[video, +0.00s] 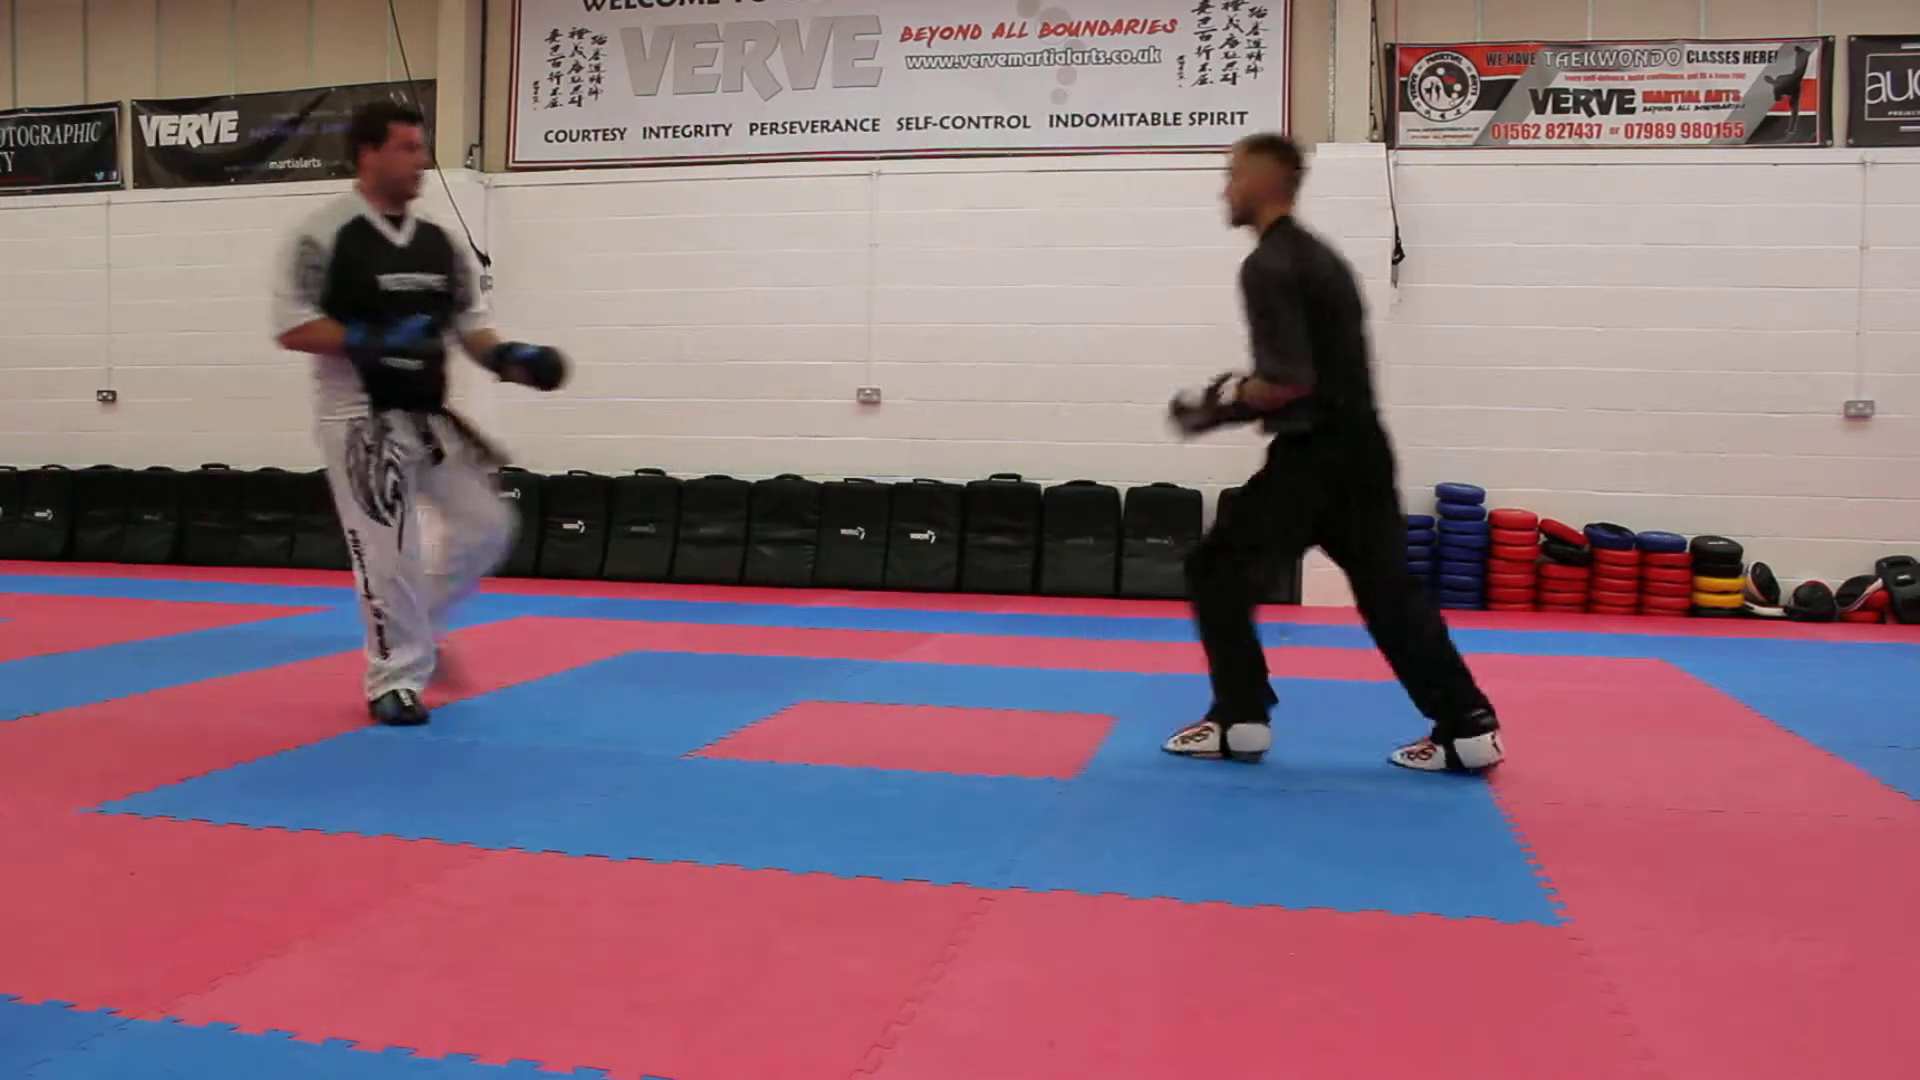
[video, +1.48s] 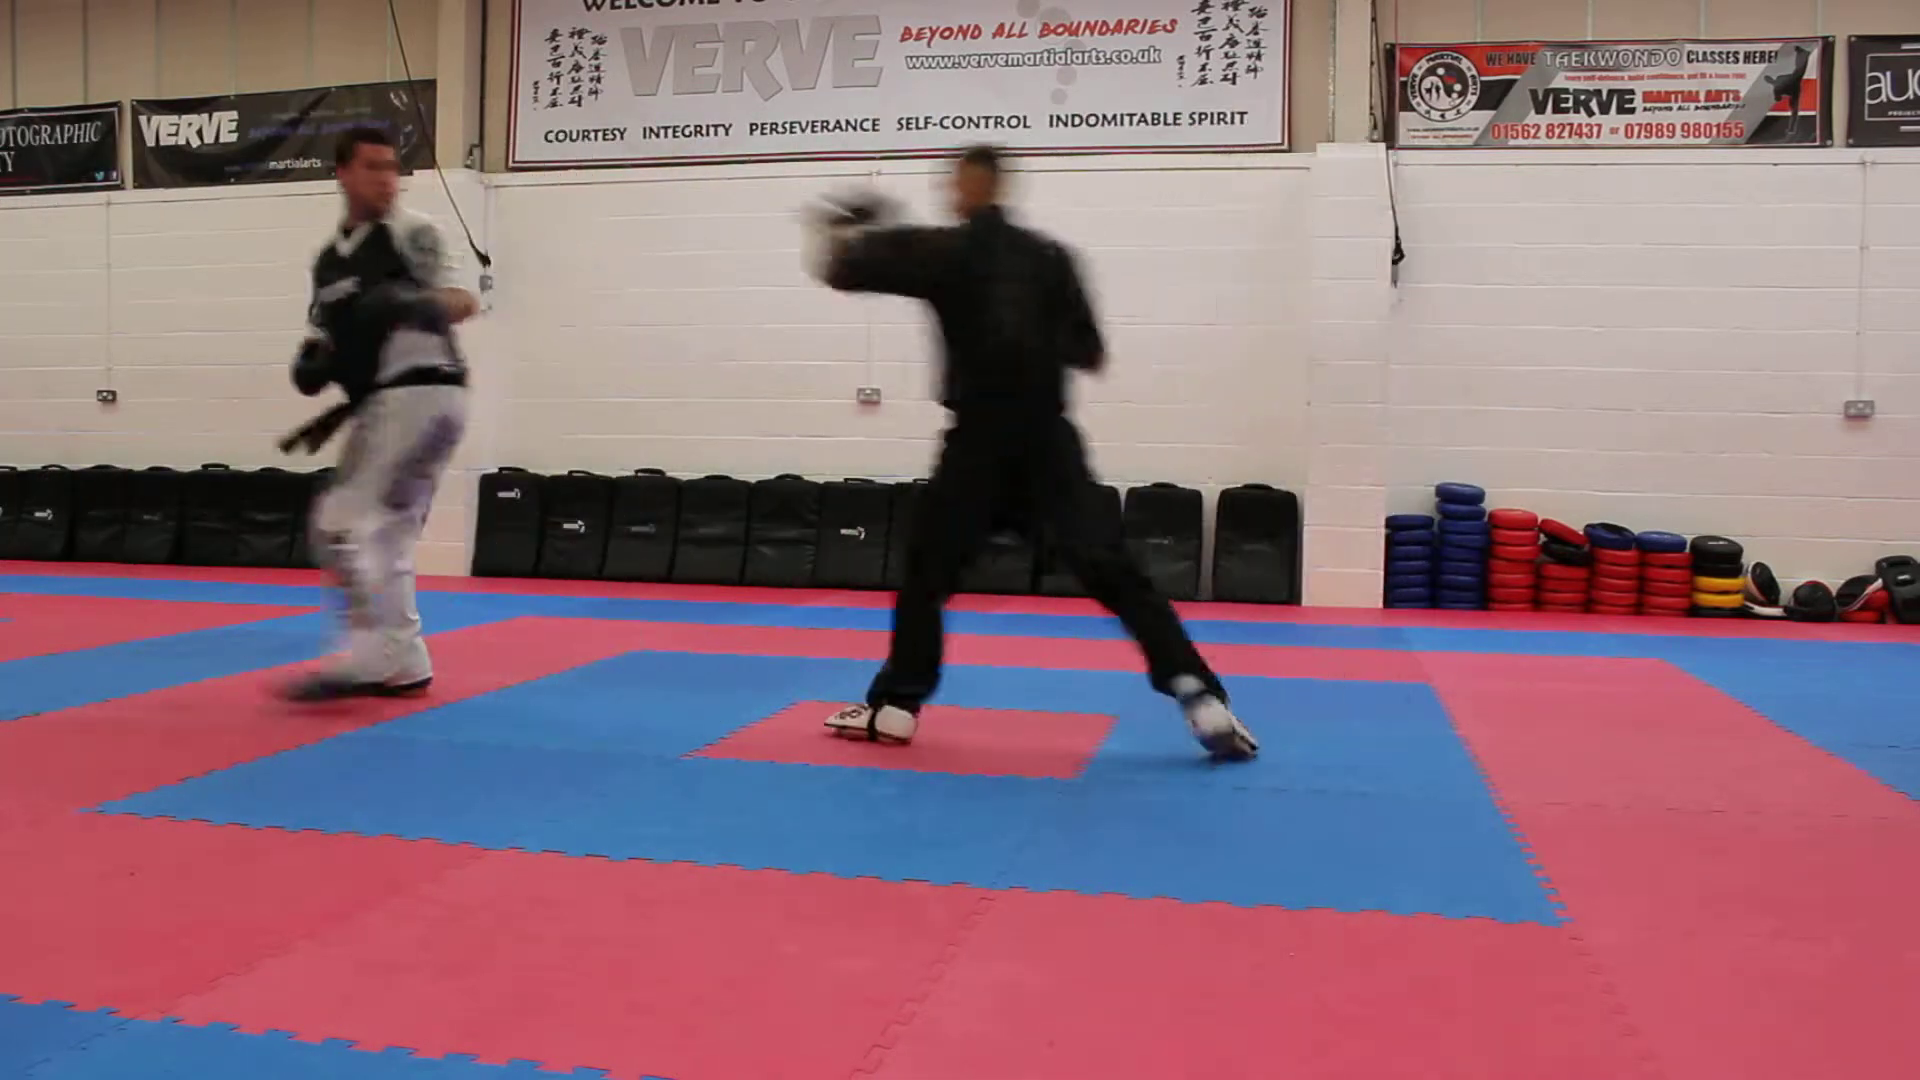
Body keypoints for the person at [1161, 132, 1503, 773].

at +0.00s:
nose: (1225, 187)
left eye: (1236, 173)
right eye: (1228, 173)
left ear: (1273, 183)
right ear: (1283, 186)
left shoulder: (1270, 265)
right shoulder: (1324, 260)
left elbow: (1287, 381)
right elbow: (1314, 382)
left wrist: (1237, 394)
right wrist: (1230, 408)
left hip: (1308, 466)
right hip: (1360, 463)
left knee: (1216, 571)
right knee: (1390, 598)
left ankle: (1240, 718)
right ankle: (1468, 728)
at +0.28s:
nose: (1310, 118)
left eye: (1320, 105)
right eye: (1313, 105)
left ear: (1356, 114)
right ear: (1375, 117)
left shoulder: (1335, 197)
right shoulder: (1427, 198)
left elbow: (1340, 309)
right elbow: (1450, 312)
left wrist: (1286, 318)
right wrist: (1366, 308)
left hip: (1357, 391)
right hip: (1429, 390)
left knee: (1299, 533)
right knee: (1446, 545)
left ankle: (1252, 694)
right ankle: (1490, 698)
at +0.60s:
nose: (1329, 146)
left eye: (1338, 134)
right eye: (1333, 134)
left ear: (1370, 142)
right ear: (1395, 145)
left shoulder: (1339, 225)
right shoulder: (1453, 230)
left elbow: (1328, 336)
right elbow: (1464, 342)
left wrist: (1276, 327)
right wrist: (1382, 327)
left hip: (1353, 426)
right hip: (1431, 423)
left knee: (1309, 575)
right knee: (1452, 563)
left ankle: (1270, 731)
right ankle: (1490, 699)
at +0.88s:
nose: (1317, 184)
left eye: (1327, 173)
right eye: (1321, 172)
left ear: (1363, 181)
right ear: (1377, 185)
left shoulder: (1309, 248)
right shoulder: (1417, 270)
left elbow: (1271, 311)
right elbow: (1422, 375)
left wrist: (1222, 334)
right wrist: (1362, 357)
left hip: (1274, 428)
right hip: (1348, 443)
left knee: (1219, 524)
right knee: (1374, 579)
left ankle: (1188, 611)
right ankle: (1401, 726)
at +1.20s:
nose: (1176, 163)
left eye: (1184, 151)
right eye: (1179, 150)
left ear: (1204, 155)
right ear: (1238, 158)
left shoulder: (1175, 214)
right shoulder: (1284, 250)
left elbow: (1100, 247)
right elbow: (1277, 356)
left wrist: (1065, 242)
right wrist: (1212, 336)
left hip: (1124, 371)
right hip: (1189, 415)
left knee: (1014, 400)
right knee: (1176, 554)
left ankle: (907, 443)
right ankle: (1214, 702)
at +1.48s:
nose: (954, 188)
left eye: (960, 178)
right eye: (959, 177)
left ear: (972, 184)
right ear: (1001, 186)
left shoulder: (941, 252)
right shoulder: (1048, 258)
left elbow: (844, 266)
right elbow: (1088, 351)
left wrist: (852, 223)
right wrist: (1026, 311)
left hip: (977, 450)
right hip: (1051, 451)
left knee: (923, 571)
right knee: (1111, 569)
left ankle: (895, 707)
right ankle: (1198, 695)